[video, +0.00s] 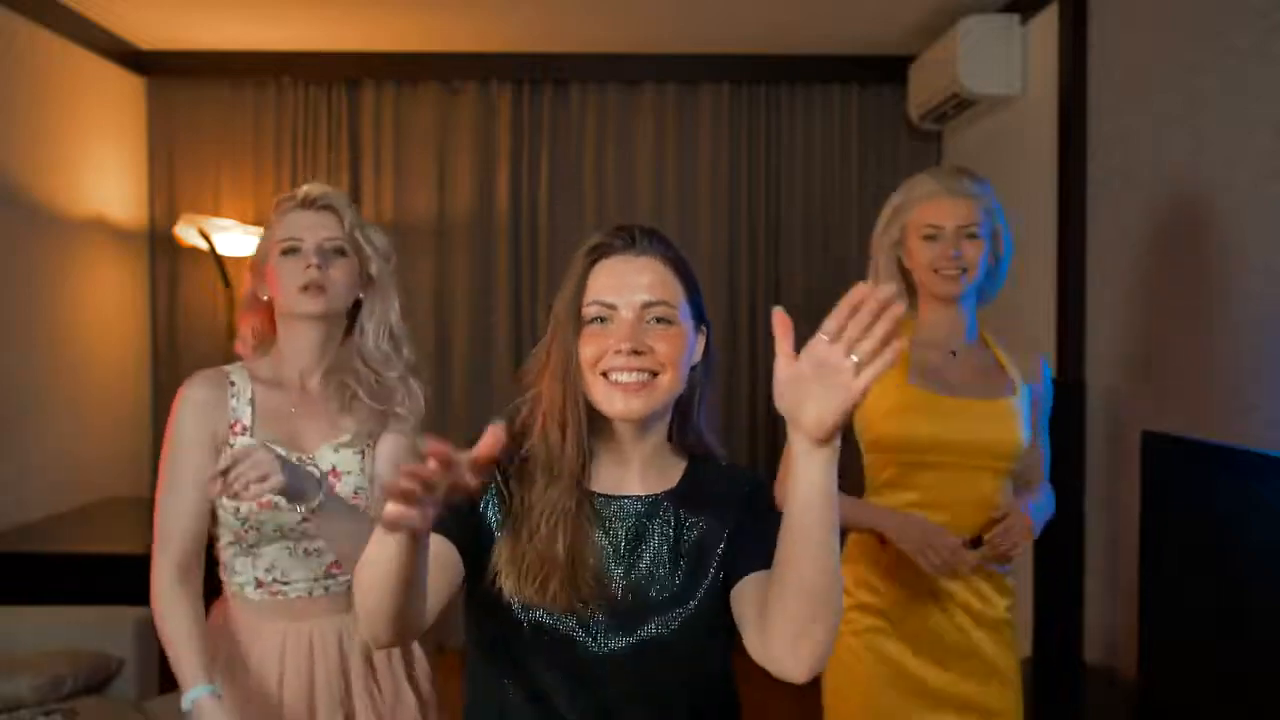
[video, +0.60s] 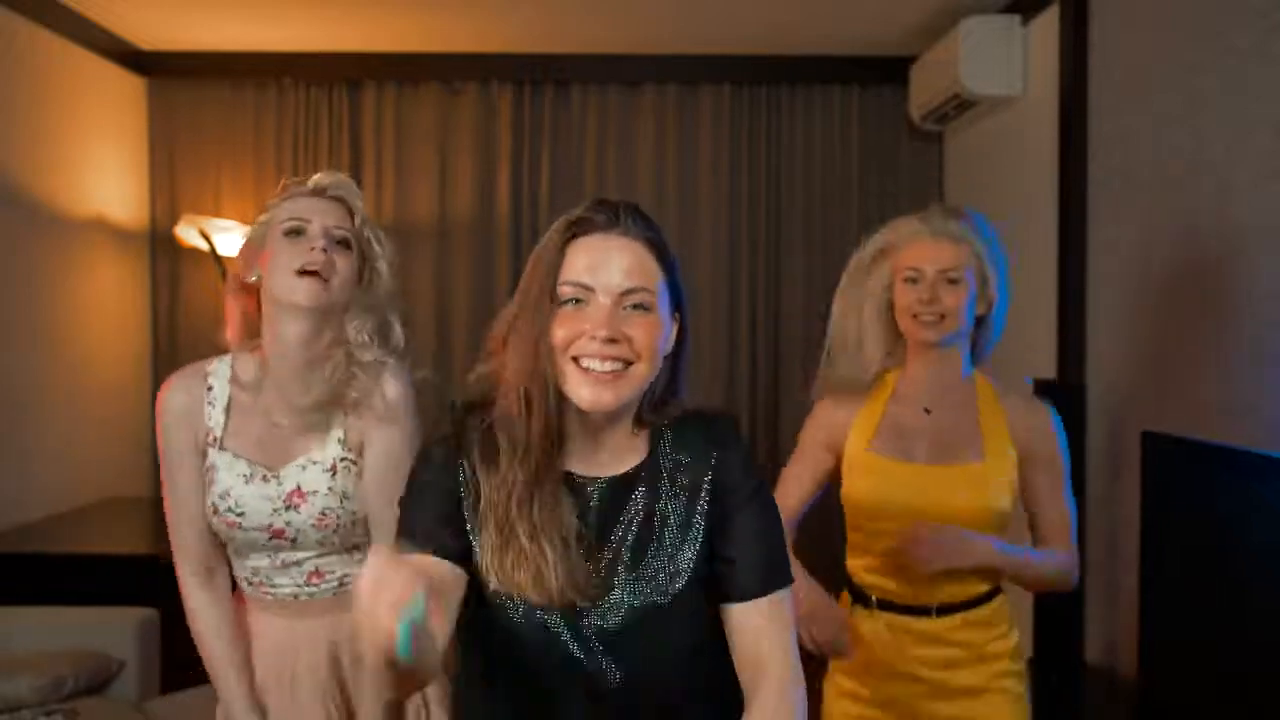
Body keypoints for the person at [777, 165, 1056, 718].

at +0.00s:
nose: (952, 252)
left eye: (970, 235)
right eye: (931, 235)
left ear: (992, 249)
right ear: (900, 248)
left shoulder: (1025, 371)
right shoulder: (864, 351)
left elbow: (1037, 486)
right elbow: (792, 484)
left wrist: (1026, 517)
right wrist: (890, 522)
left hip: (981, 629)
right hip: (878, 627)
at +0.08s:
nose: (939, 270)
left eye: (959, 252)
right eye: (919, 253)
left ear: (985, 266)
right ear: (893, 268)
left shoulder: (1023, 387)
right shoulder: (853, 378)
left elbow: (1044, 504)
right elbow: (791, 488)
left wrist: (1035, 524)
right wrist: (838, 526)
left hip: (971, 640)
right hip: (866, 635)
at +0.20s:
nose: (924, 324)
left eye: (944, 308)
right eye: (906, 308)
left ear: (973, 326)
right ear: (885, 322)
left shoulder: (1012, 446)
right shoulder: (843, 433)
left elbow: (1041, 557)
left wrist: (1046, 571)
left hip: (958, 682)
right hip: (851, 677)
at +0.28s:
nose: (920, 314)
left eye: (942, 298)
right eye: (903, 297)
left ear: (970, 317)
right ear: (882, 311)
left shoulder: (1009, 434)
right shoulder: (842, 419)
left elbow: (1033, 541)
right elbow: (808, 541)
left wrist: (1032, 571)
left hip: (959, 672)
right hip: (852, 666)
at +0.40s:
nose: (927, 258)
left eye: (948, 242)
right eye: (909, 241)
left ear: (976, 259)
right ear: (885, 256)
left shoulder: (1016, 384)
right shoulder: (833, 368)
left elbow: (1034, 528)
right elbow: (797, 493)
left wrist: (995, 500)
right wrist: (735, 553)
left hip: (972, 632)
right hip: (861, 631)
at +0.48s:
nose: (930, 248)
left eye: (950, 232)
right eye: (911, 231)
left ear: (978, 249)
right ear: (885, 246)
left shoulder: (1020, 372)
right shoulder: (836, 361)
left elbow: (1039, 512)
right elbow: (780, 486)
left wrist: (979, 490)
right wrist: (758, 558)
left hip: (976, 615)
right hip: (868, 610)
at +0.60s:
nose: (928, 297)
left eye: (951, 281)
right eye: (911, 280)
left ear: (982, 299)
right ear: (887, 295)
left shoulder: (1027, 421)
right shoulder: (841, 415)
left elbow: (1063, 566)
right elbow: (767, 532)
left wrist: (979, 551)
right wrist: (805, 595)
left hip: (980, 676)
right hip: (867, 675)